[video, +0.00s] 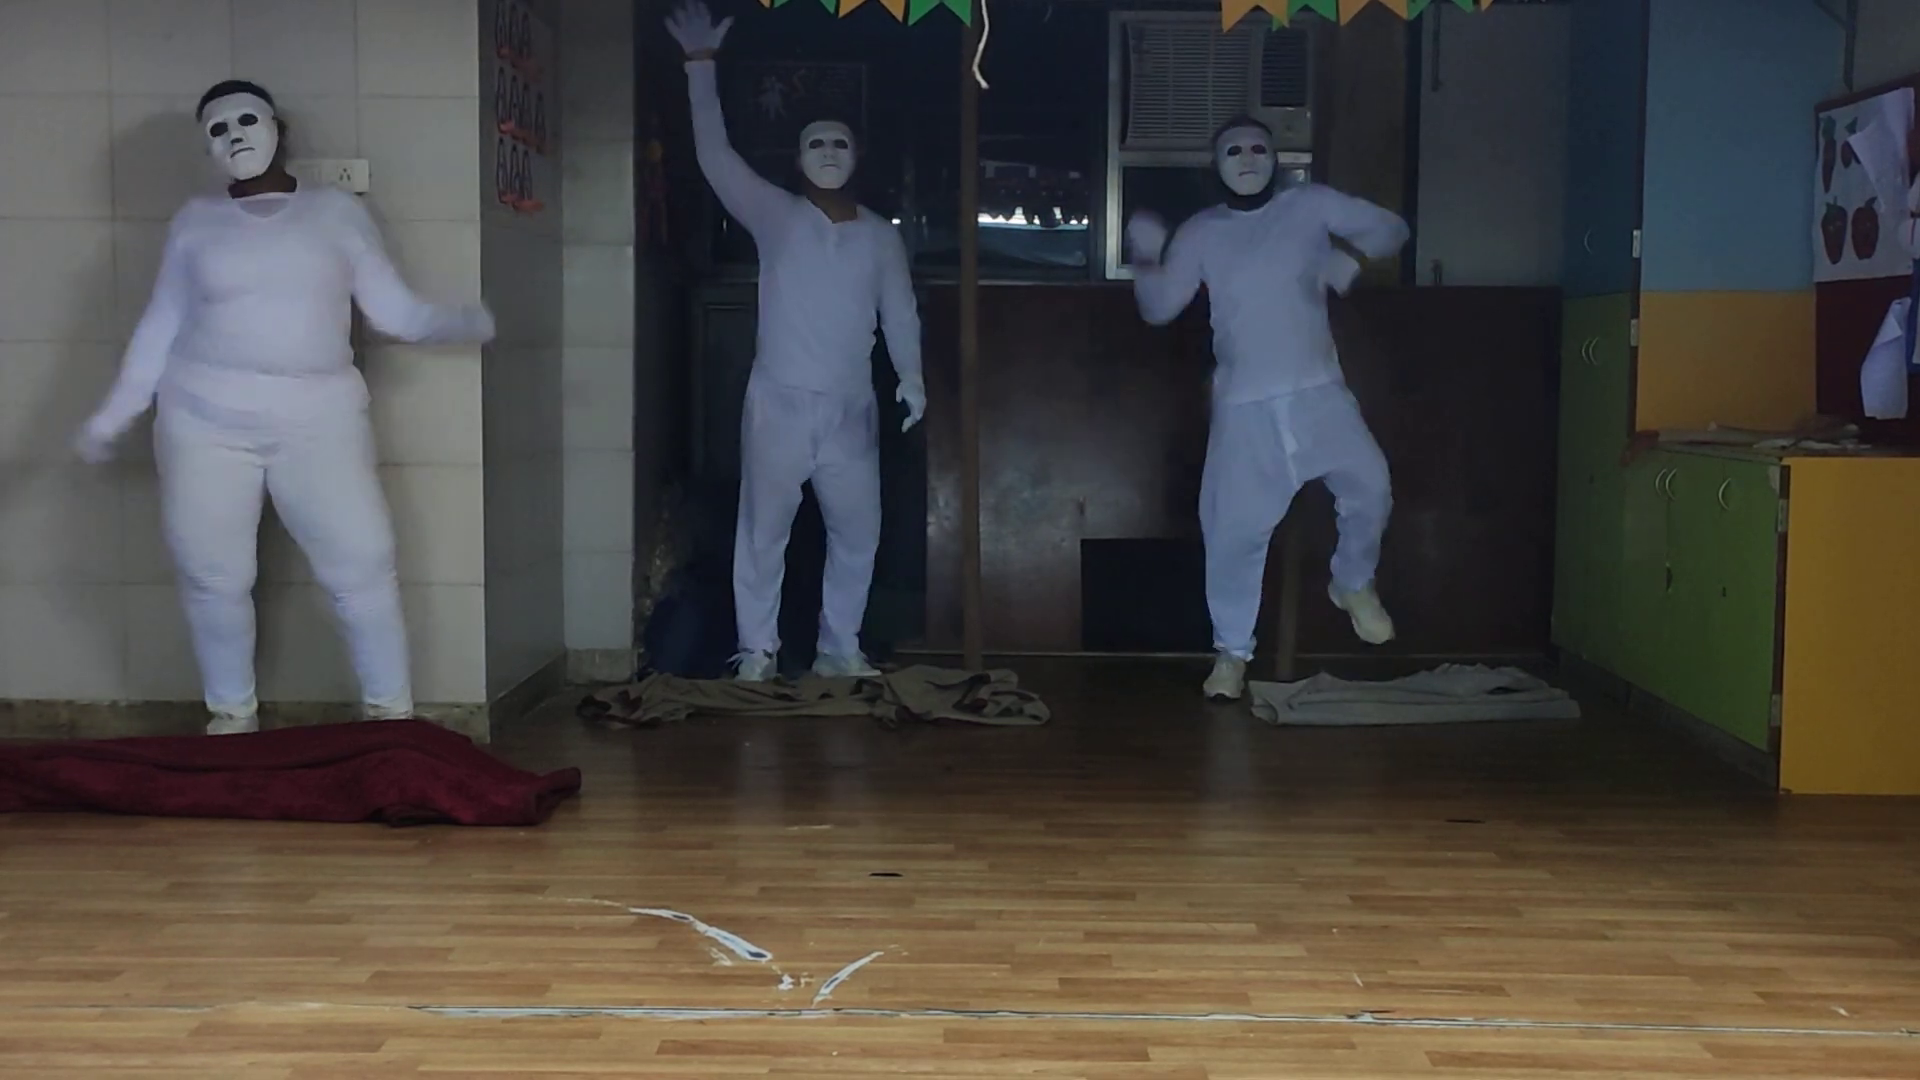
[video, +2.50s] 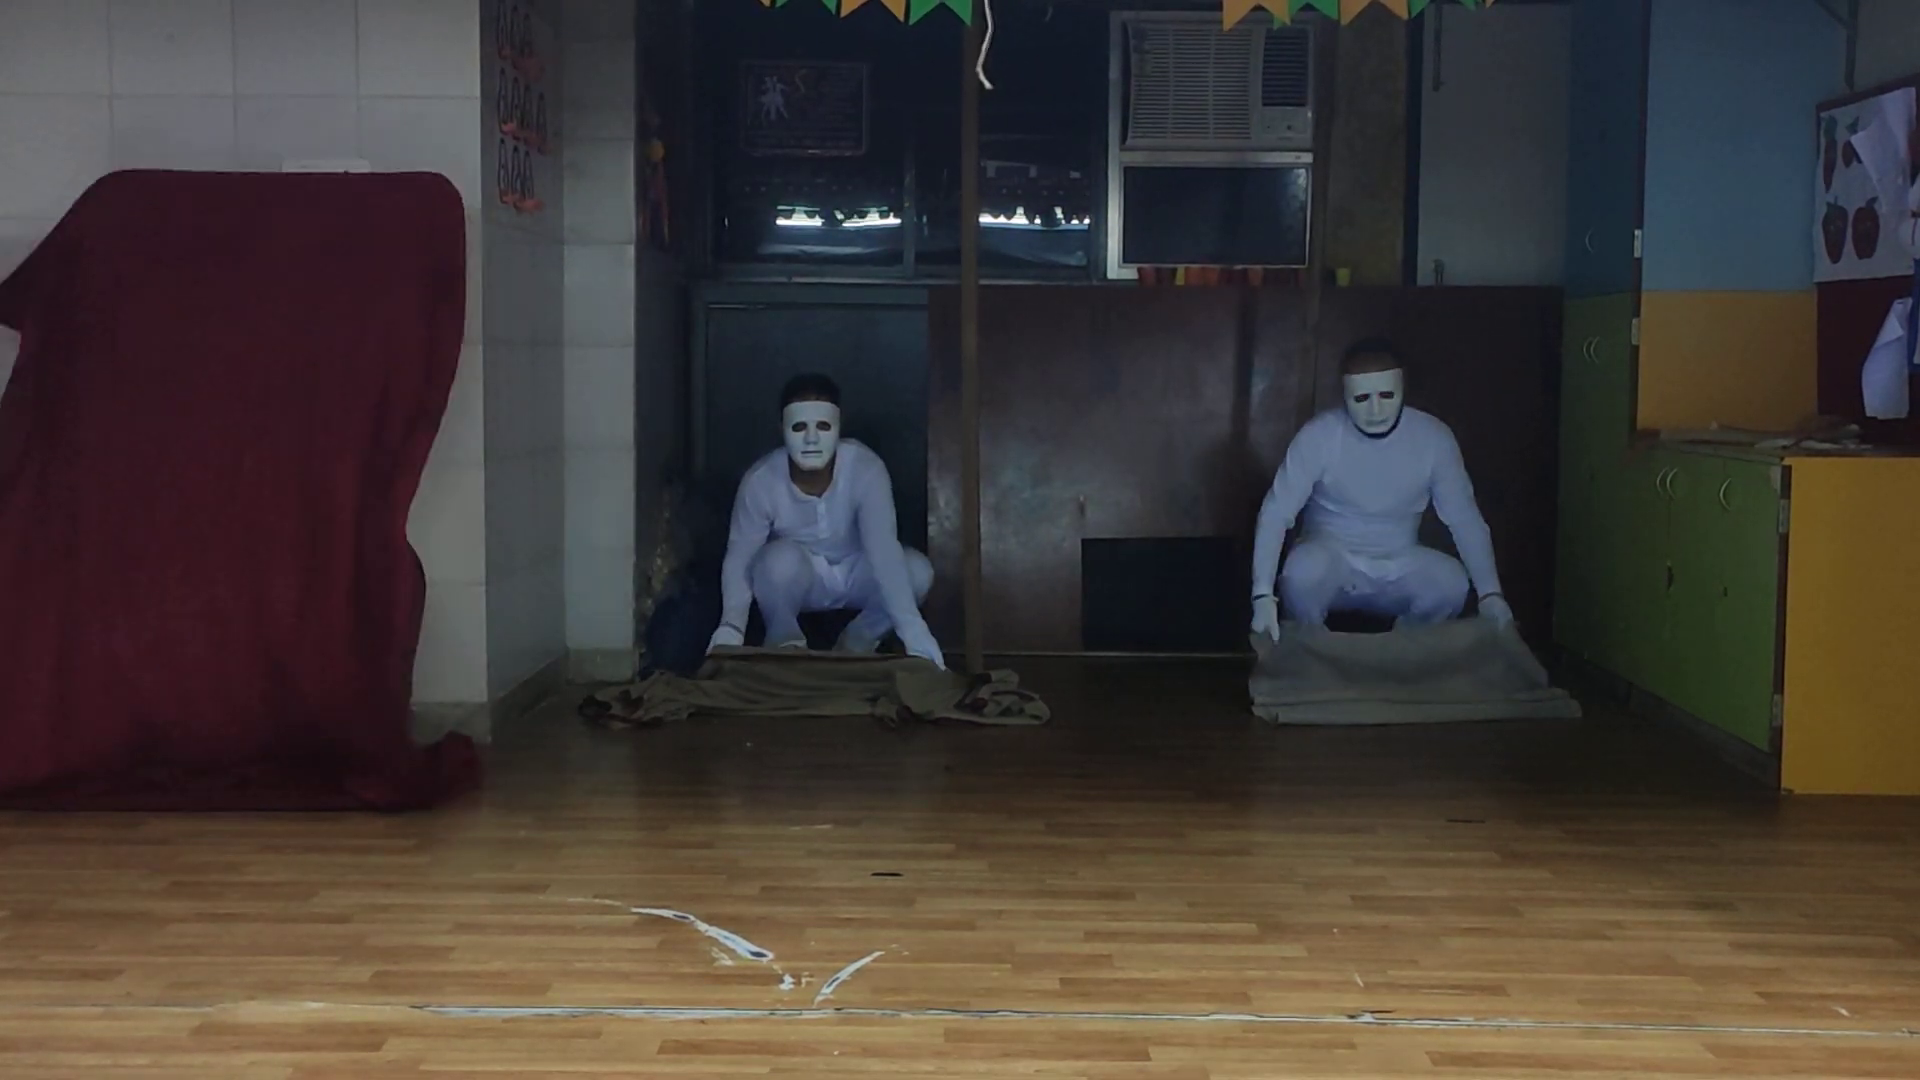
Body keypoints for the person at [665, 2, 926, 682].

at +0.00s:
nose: (830, 155)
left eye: (841, 146)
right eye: (818, 145)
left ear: (857, 158)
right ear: (798, 159)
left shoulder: (882, 237)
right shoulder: (776, 215)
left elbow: (901, 316)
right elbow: (714, 153)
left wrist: (910, 378)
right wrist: (701, 65)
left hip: (851, 407)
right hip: (778, 404)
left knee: (857, 535)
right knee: (764, 531)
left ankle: (839, 652)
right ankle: (757, 652)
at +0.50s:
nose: (845, 230)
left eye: (856, 220)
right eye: (833, 220)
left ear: (870, 229)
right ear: (814, 229)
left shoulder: (887, 298)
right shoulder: (785, 277)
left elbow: (905, 380)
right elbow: (721, 252)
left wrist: (916, 460)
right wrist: (750, 179)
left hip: (849, 431)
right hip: (780, 428)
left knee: (875, 532)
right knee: (785, 536)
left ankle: (839, 649)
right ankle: (784, 647)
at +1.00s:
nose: (821, 391)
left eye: (832, 378)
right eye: (809, 379)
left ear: (847, 376)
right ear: (793, 378)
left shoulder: (872, 417)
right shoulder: (768, 414)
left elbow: (904, 495)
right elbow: (698, 466)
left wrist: (926, 576)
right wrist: (716, 423)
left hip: (847, 522)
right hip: (778, 521)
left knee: (894, 557)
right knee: (774, 557)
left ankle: (841, 650)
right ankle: (781, 649)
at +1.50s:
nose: (810, 474)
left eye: (821, 461)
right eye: (798, 462)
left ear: (838, 446)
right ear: (782, 448)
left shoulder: (864, 467)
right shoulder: (762, 477)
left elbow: (895, 547)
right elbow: (730, 539)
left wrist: (915, 630)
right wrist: (725, 582)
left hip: (857, 571)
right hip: (798, 573)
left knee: (913, 567)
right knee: (775, 559)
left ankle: (850, 649)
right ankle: (782, 648)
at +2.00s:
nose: (813, 440)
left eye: (825, 429)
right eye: (800, 430)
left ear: (840, 432)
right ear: (784, 434)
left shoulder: (865, 468)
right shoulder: (762, 481)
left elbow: (892, 551)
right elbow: (733, 560)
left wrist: (920, 630)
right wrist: (728, 631)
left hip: (860, 575)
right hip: (799, 576)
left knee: (916, 569)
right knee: (779, 557)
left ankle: (854, 649)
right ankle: (783, 647)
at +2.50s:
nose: (812, 439)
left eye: (823, 427)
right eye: (799, 427)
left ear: (839, 429)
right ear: (783, 431)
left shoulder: (865, 470)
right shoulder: (761, 483)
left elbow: (885, 555)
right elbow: (738, 562)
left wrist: (917, 638)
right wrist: (730, 630)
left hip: (859, 580)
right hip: (799, 581)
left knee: (917, 570)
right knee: (778, 560)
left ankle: (857, 641)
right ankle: (785, 638)